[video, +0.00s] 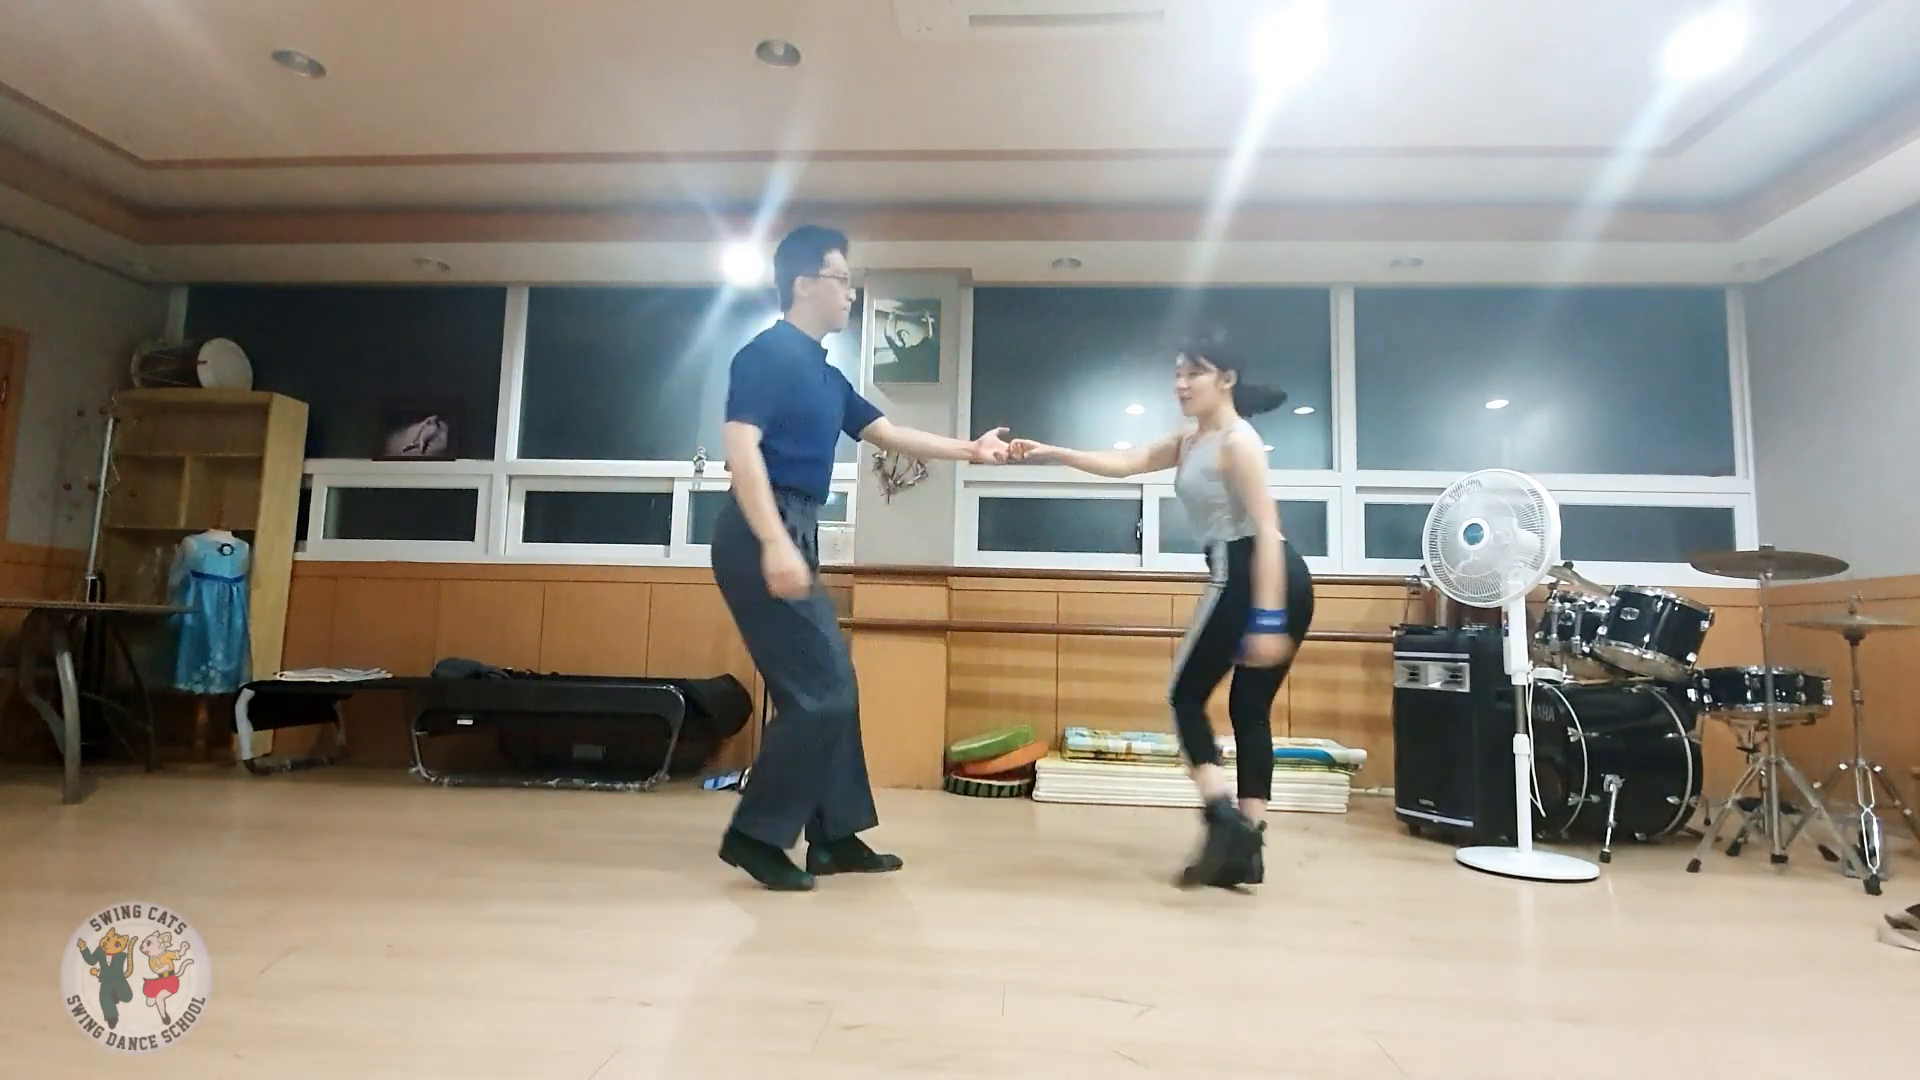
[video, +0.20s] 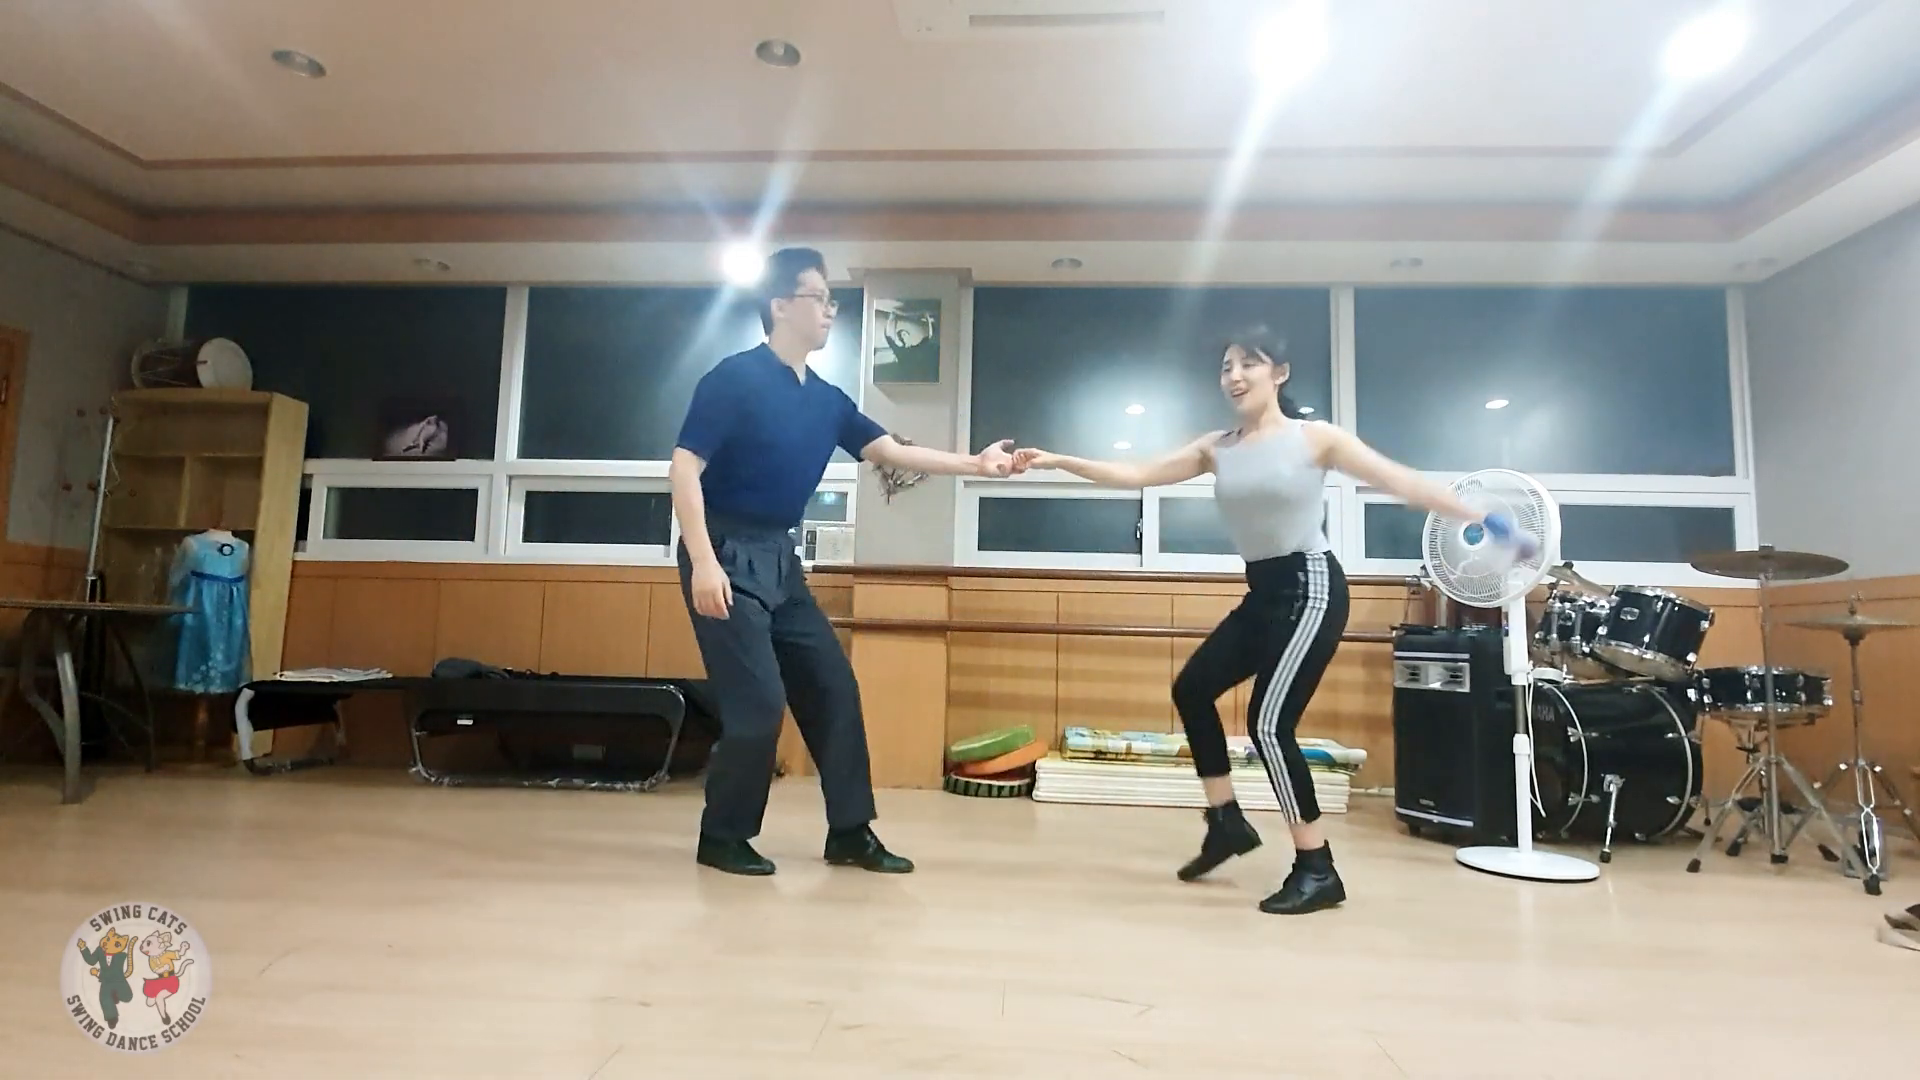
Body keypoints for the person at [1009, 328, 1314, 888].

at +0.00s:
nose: (1181, 384)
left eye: (1193, 373)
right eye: (1178, 374)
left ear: (1225, 379)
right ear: (1180, 382)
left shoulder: (1238, 443)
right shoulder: (1190, 440)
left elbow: (1269, 531)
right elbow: (1128, 463)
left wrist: (1268, 618)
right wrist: (1050, 452)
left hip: (1246, 579)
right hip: (1277, 577)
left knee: (1186, 695)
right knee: (1251, 708)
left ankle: (1222, 820)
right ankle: (1249, 843)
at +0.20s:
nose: (1232, 374)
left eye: (1247, 363)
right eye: (1226, 366)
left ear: (1280, 373)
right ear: (1222, 380)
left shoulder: (1315, 438)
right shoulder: (1217, 448)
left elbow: (1403, 482)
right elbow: (1137, 475)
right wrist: (1053, 460)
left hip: (1312, 592)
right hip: (1265, 596)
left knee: (1270, 722)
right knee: (1191, 689)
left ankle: (1317, 867)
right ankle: (1226, 821)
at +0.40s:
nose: (1247, 369)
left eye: (1259, 358)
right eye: (1238, 363)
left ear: (1291, 369)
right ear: (1233, 379)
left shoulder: (1334, 430)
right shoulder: (1224, 449)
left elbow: (1432, 380)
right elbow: (1132, 469)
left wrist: (1530, 320)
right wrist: (1047, 453)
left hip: (1303, 597)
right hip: (1237, 587)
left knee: (1280, 714)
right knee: (1206, 711)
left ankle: (1206, 838)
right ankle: (1195, 838)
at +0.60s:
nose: (1229, 381)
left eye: (1242, 370)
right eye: (1223, 376)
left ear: (1278, 379)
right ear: (1225, 395)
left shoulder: (1329, 436)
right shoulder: (1221, 465)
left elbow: (1397, 348)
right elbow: (1130, 486)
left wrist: (1428, 251)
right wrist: (1041, 472)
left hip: (1290, 619)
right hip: (1223, 606)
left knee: (1256, 744)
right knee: (1200, 738)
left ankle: (1183, 885)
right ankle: (1196, 846)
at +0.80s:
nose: (1195, 360)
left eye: (1208, 350)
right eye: (1192, 352)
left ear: (1245, 357)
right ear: (1200, 369)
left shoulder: (1281, 406)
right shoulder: (1198, 454)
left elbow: (1366, 336)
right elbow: (1117, 483)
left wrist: (1394, 241)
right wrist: (1027, 473)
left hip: (1295, 581)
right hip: (1255, 591)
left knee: (1215, 714)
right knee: (1175, 696)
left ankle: (1227, 890)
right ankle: (1181, 846)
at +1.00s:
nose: (1157, 380)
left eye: (1167, 368)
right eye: (1158, 369)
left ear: (1203, 374)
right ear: (1186, 378)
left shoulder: (1235, 427)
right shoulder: (1172, 463)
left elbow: (1311, 411)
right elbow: (1098, 491)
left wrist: (1342, 325)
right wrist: (1006, 486)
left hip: (1234, 570)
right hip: (1282, 604)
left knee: (1206, 733)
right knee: (1202, 729)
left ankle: (1240, 909)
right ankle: (1147, 855)